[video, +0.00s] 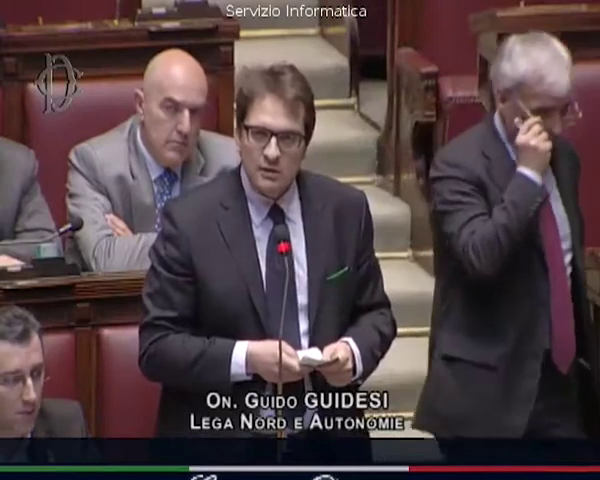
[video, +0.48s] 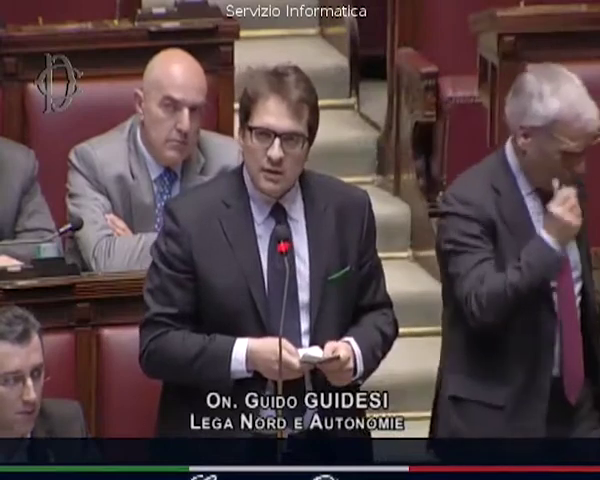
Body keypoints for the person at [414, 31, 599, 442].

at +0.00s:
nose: (555, 126)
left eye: (563, 111)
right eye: (542, 112)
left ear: (570, 99)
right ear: (504, 101)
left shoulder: (564, 159)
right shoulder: (457, 164)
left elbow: (571, 265)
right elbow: (480, 258)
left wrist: (583, 354)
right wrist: (527, 174)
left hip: (561, 378)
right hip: (486, 382)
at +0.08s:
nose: (555, 145)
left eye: (562, 131)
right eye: (541, 134)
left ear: (570, 118)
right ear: (503, 121)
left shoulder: (564, 180)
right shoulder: (456, 182)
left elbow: (574, 287)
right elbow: (484, 270)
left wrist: (585, 375)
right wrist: (530, 185)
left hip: (564, 397)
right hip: (488, 402)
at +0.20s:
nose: (565, 154)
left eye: (569, 142)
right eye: (554, 144)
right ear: (509, 133)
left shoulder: (567, 191)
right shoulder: (458, 189)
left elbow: (575, 295)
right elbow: (485, 276)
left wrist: (585, 383)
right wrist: (533, 192)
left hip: (564, 401)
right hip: (490, 406)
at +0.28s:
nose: (565, 159)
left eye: (571, 147)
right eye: (556, 149)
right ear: (513, 131)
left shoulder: (566, 186)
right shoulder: (460, 189)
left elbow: (576, 293)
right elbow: (484, 282)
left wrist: (585, 382)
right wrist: (536, 198)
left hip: (567, 396)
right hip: (492, 405)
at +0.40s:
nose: (571, 164)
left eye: (577, 151)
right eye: (560, 152)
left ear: (583, 135)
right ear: (517, 134)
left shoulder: (565, 181)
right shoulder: (464, 194)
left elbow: (579, 288)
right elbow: (481, 292)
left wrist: (588, 379)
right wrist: (544, 218)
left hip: (572, 396)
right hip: (496, 405)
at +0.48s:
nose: (579, 169)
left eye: (584, 155)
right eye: (568, 156)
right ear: (524, 139)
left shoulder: (571, 189)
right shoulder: (467, 200)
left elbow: (584, 297)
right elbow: (479, 305)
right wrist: (550, 241)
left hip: (575, 402)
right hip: (497, 408)